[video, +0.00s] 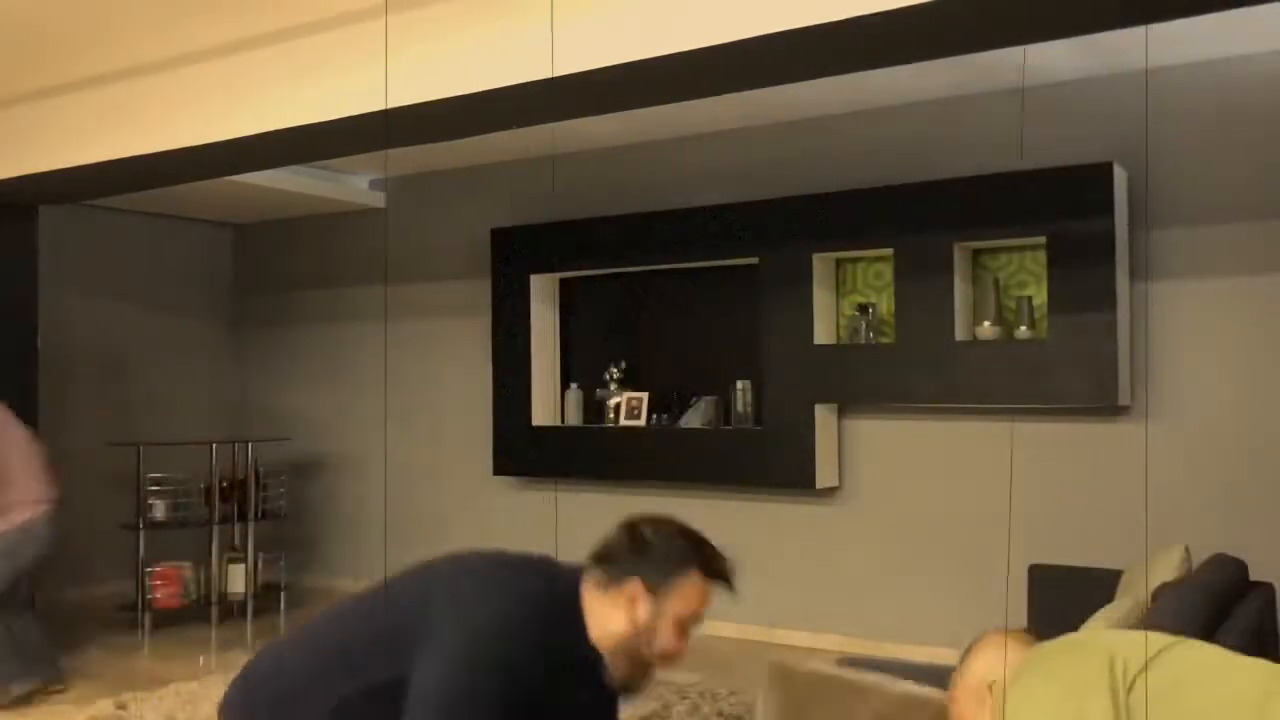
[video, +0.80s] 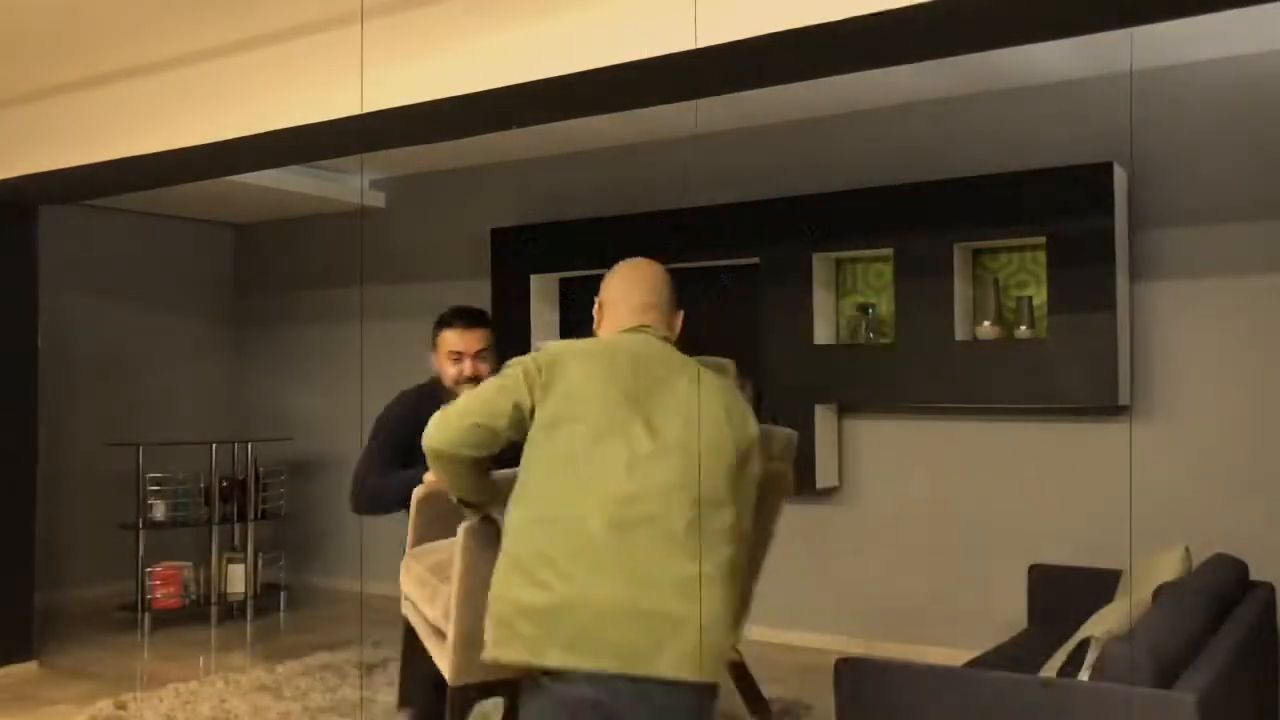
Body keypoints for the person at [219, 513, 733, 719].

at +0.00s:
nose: (685, 649)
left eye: (694, 630)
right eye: (684, 626)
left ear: (636, 601)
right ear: (635, 598)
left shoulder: (583, 661)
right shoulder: (498, 619)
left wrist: (610, 692)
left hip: (361, 703)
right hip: (277, 702)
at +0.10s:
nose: (630, 554)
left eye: (637, 534)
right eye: (626, 530)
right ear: (572, 503)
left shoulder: (570, 624)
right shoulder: (440, 535)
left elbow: (556, 717)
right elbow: (400, 698)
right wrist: (521, 712)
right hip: (277, 703)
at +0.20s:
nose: (587, 474)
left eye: (590, 456)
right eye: (579, 453)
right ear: (525, 437)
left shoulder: (551, 549)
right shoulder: (400, 479)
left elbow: (541, 689)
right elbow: (363, 613)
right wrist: (521, 644)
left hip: (430, 704)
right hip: (317, 696)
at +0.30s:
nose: (548, 433)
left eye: (550, 416)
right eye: (540, 415)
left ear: (493, 410)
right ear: (491, 408)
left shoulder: (526, 501)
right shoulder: (373, 461)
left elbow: (517, 641)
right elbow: (332, 579)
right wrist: (476, 567)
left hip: (444, 695)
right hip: (336, 692)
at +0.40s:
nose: (510, 390)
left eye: (512, 375)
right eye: (498, 373)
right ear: (446, 370)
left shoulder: (511, 452)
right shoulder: (358, 438)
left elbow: (533, 567)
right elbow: (316, 540)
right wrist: (439, 524)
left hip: (474, 655)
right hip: (369, 661)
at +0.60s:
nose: (457, 370)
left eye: (469, 357)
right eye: (441, 356)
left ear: (479, 359)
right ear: (409, 358)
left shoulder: (501, 419)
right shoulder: (372, 414)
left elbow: (525, 509)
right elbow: (335, 503)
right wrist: (432, 481)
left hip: (484, 603)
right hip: (397, 609)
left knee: (492, 712)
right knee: (400, 713)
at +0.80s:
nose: (470, 369)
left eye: (481, 356)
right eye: (456, 357)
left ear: (496, 356)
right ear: (435, 359)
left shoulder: (521, 404)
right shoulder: (411, 408)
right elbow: (364, 493)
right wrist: (436, 478)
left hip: (508, 557)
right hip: (433, 561)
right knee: (430, 690)